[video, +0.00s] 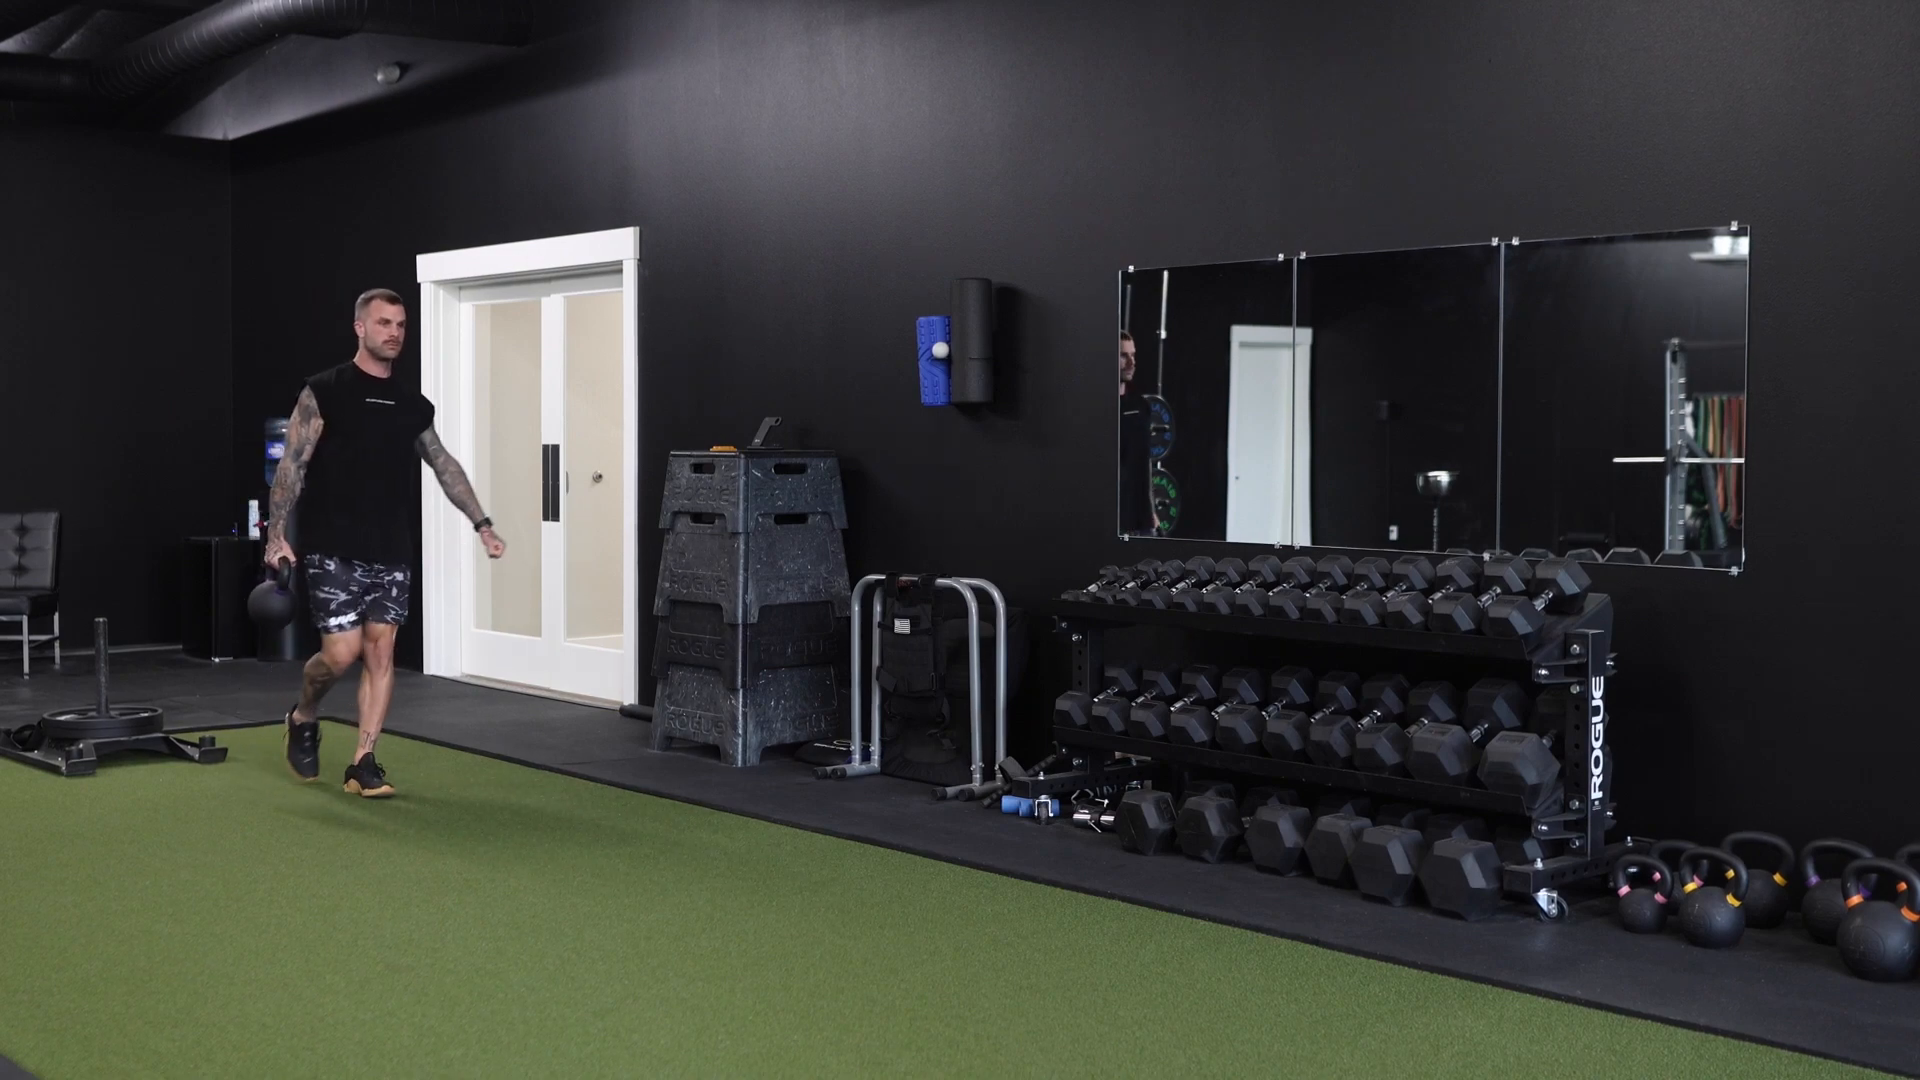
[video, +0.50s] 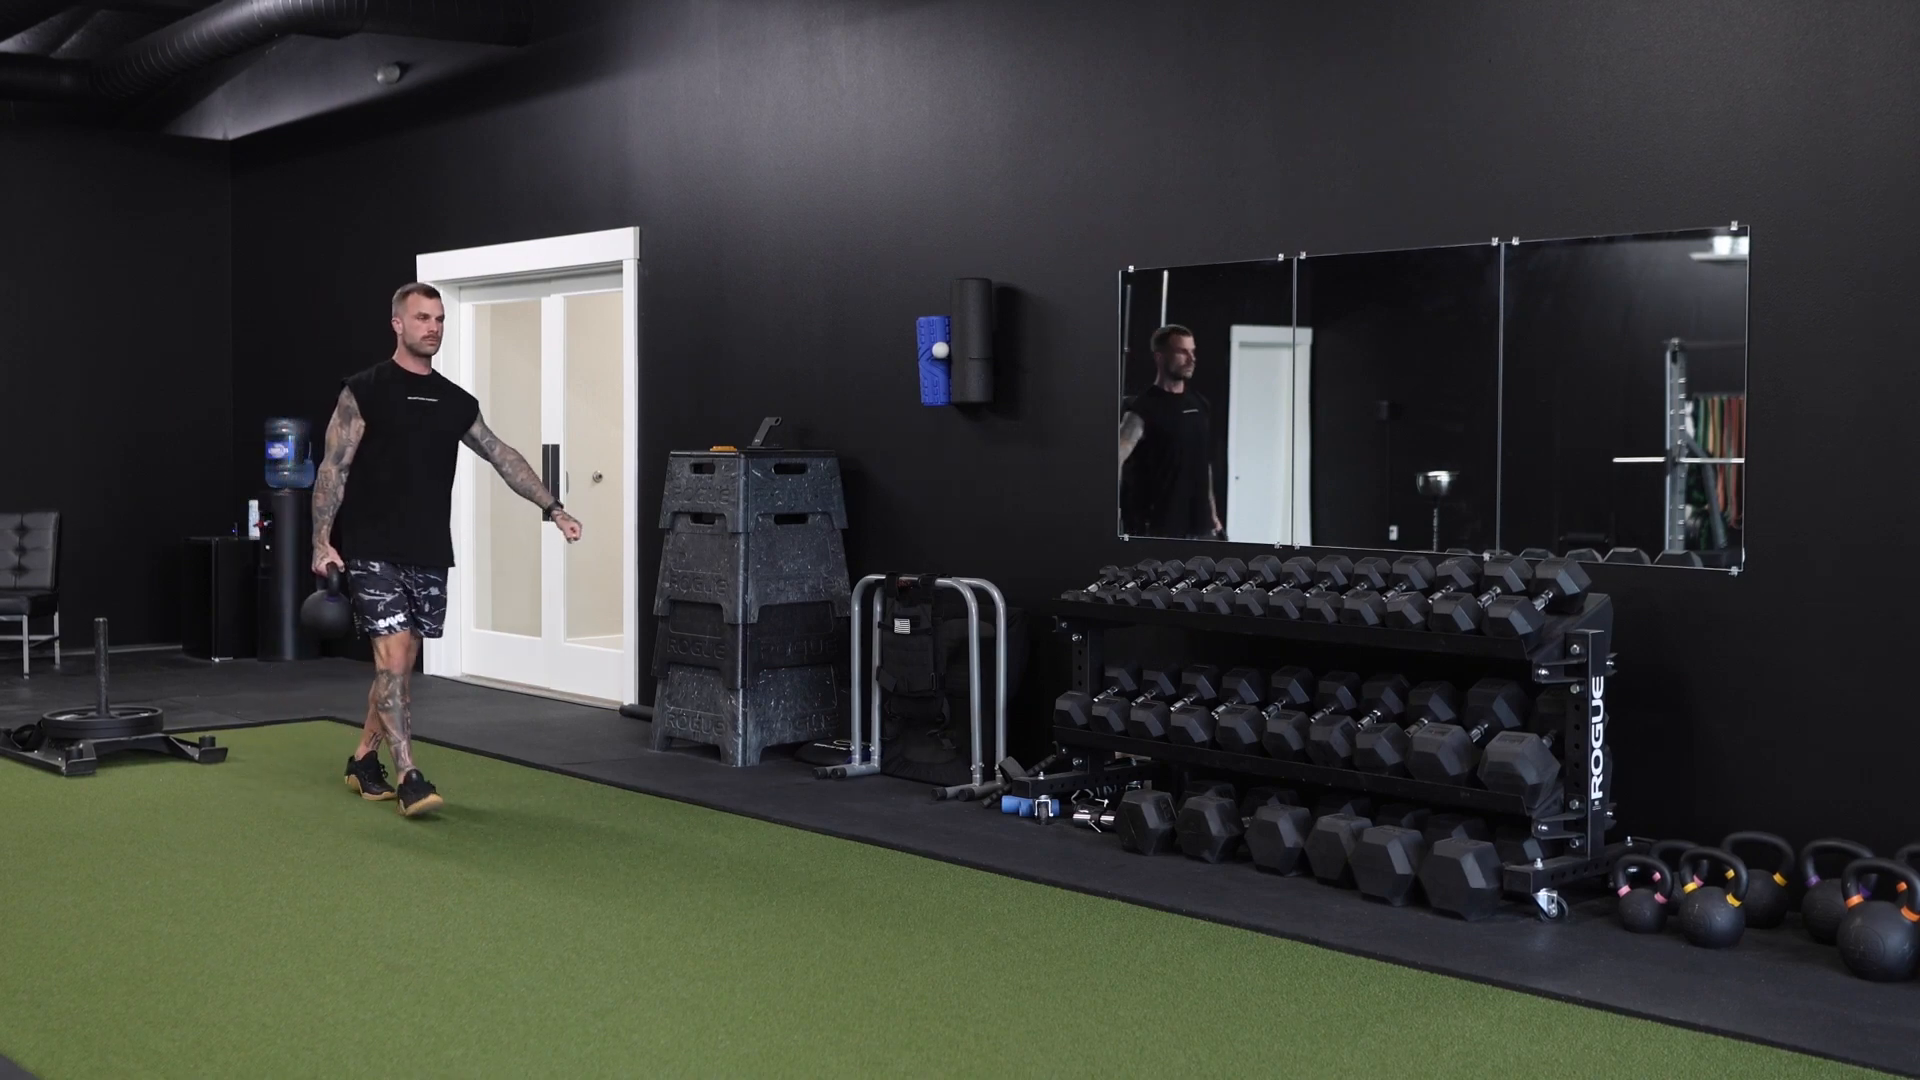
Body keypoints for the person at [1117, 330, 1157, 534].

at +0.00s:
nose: (1131, 362)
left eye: (1133, 356)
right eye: (1123, 356)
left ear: (1136, 358)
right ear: (1111, 358)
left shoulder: (1138, 406)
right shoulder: (1100, 404)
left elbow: (1142, 462)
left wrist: (1149, 513)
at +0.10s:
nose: (1140, 361)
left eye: (1142, 354)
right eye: (1132, 355)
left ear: (1145, 356)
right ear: (1115, 358)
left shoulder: (1148, 406)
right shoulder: (1105, 405)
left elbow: (1151, 467)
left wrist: (1160, 520)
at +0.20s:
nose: (1151, 360)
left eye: (1153, 353)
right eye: (1142, 353)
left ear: (1155, 355)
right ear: (1122, 357)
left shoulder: (1159, 405)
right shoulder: (1113, 404)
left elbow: (1164, 462)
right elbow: (1105, 461)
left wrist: (1171, 511)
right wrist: (1108, 521)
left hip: (1159, 520)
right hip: (1122, 520)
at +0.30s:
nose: (1163, 359)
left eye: (1165, 353)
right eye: (1154, 353)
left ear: (1168, 356)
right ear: (1132, 357)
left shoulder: (1171, 404)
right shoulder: (1119, 403)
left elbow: (1175, 460)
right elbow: (1109, 461)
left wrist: (1184, 512)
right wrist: (1112, 520)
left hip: (1167, 522)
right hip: (1129, 522)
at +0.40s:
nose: (1176, 359)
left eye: (1178, 353)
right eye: (1167, 353)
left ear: (1180, 355)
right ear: (1145, 357)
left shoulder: (1182, 405)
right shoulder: (1130, 407)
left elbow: (1188, 461)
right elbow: (1107, 456)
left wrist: (1198, 516)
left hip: (1181, 524)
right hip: (1140, 525)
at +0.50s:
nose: (1191, 359)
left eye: (1193, 352)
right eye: (1182, 352)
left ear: (1196, 354)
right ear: (1159, 357)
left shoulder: (1199, 406)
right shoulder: (1143, 407)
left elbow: (1204, 465)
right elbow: (1116, 458)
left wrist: (1211, 513)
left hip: (1194, 524)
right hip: (1152, 525)